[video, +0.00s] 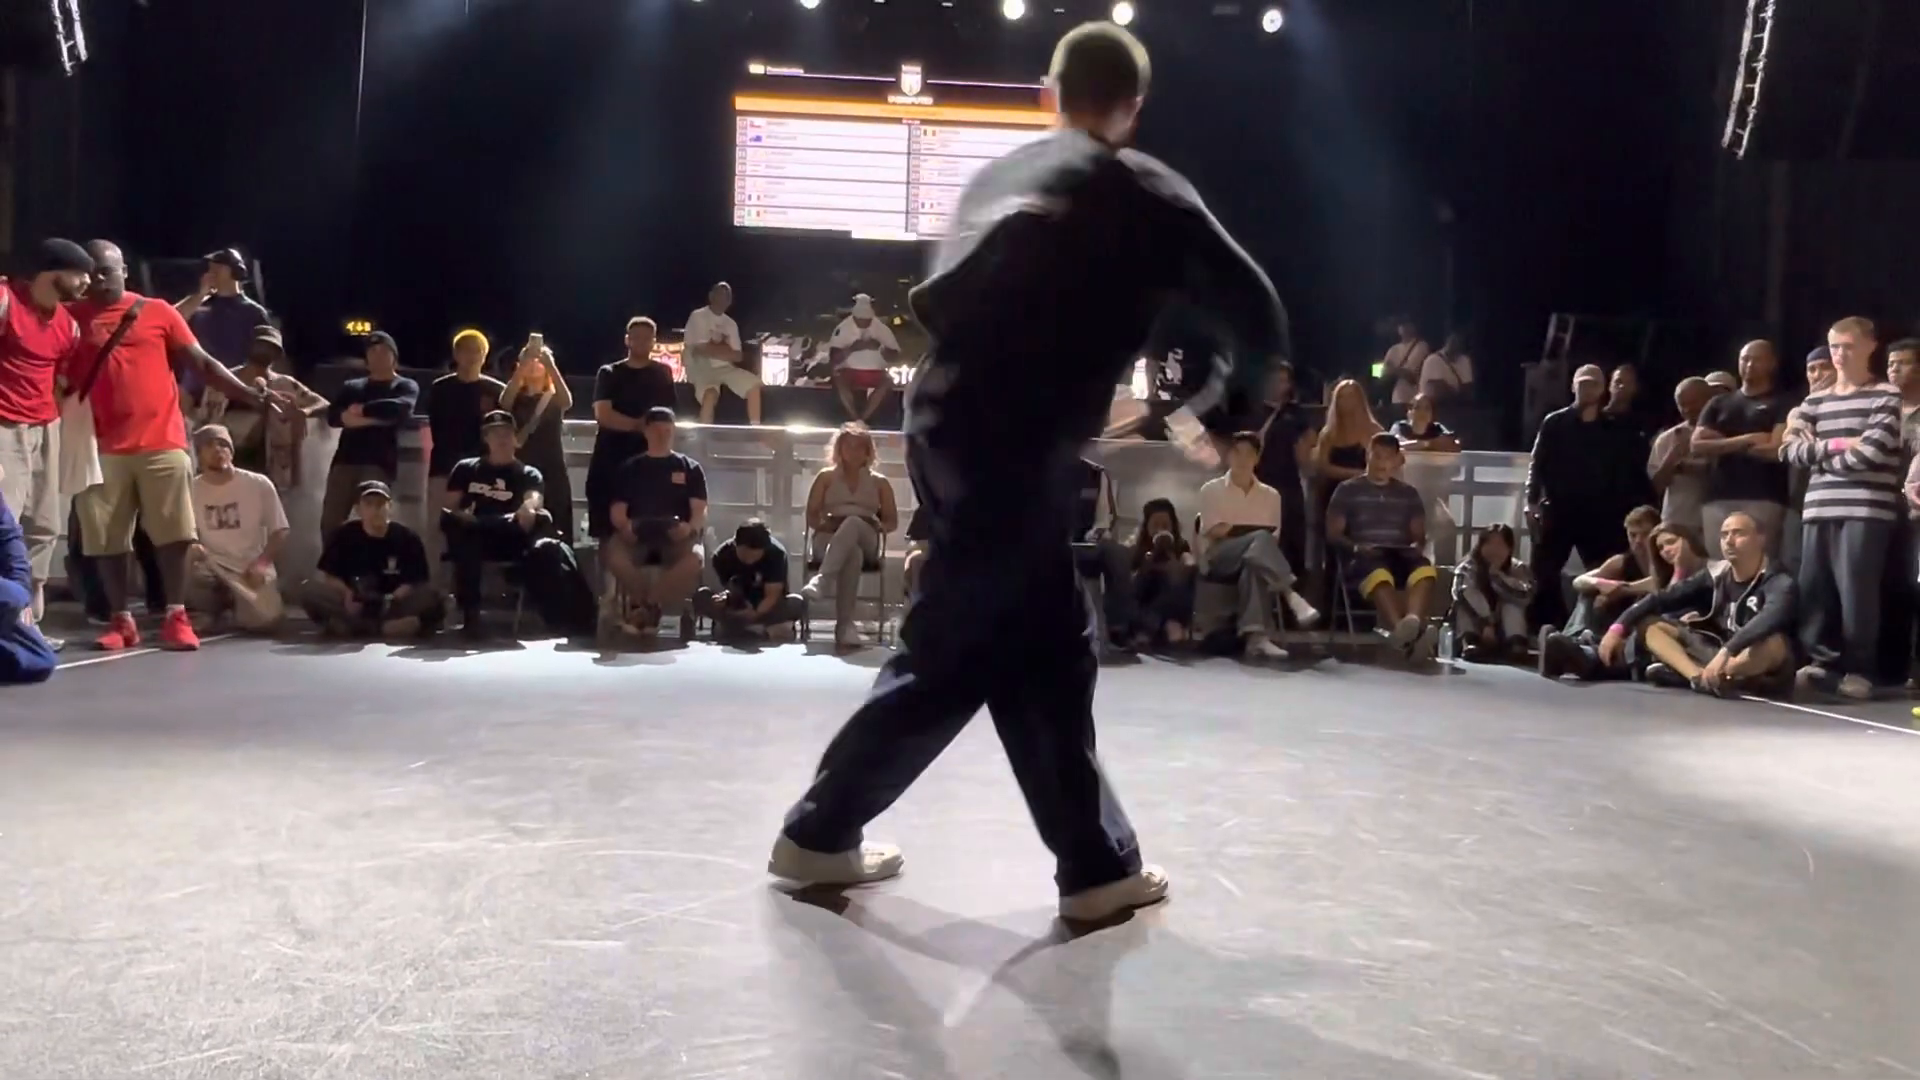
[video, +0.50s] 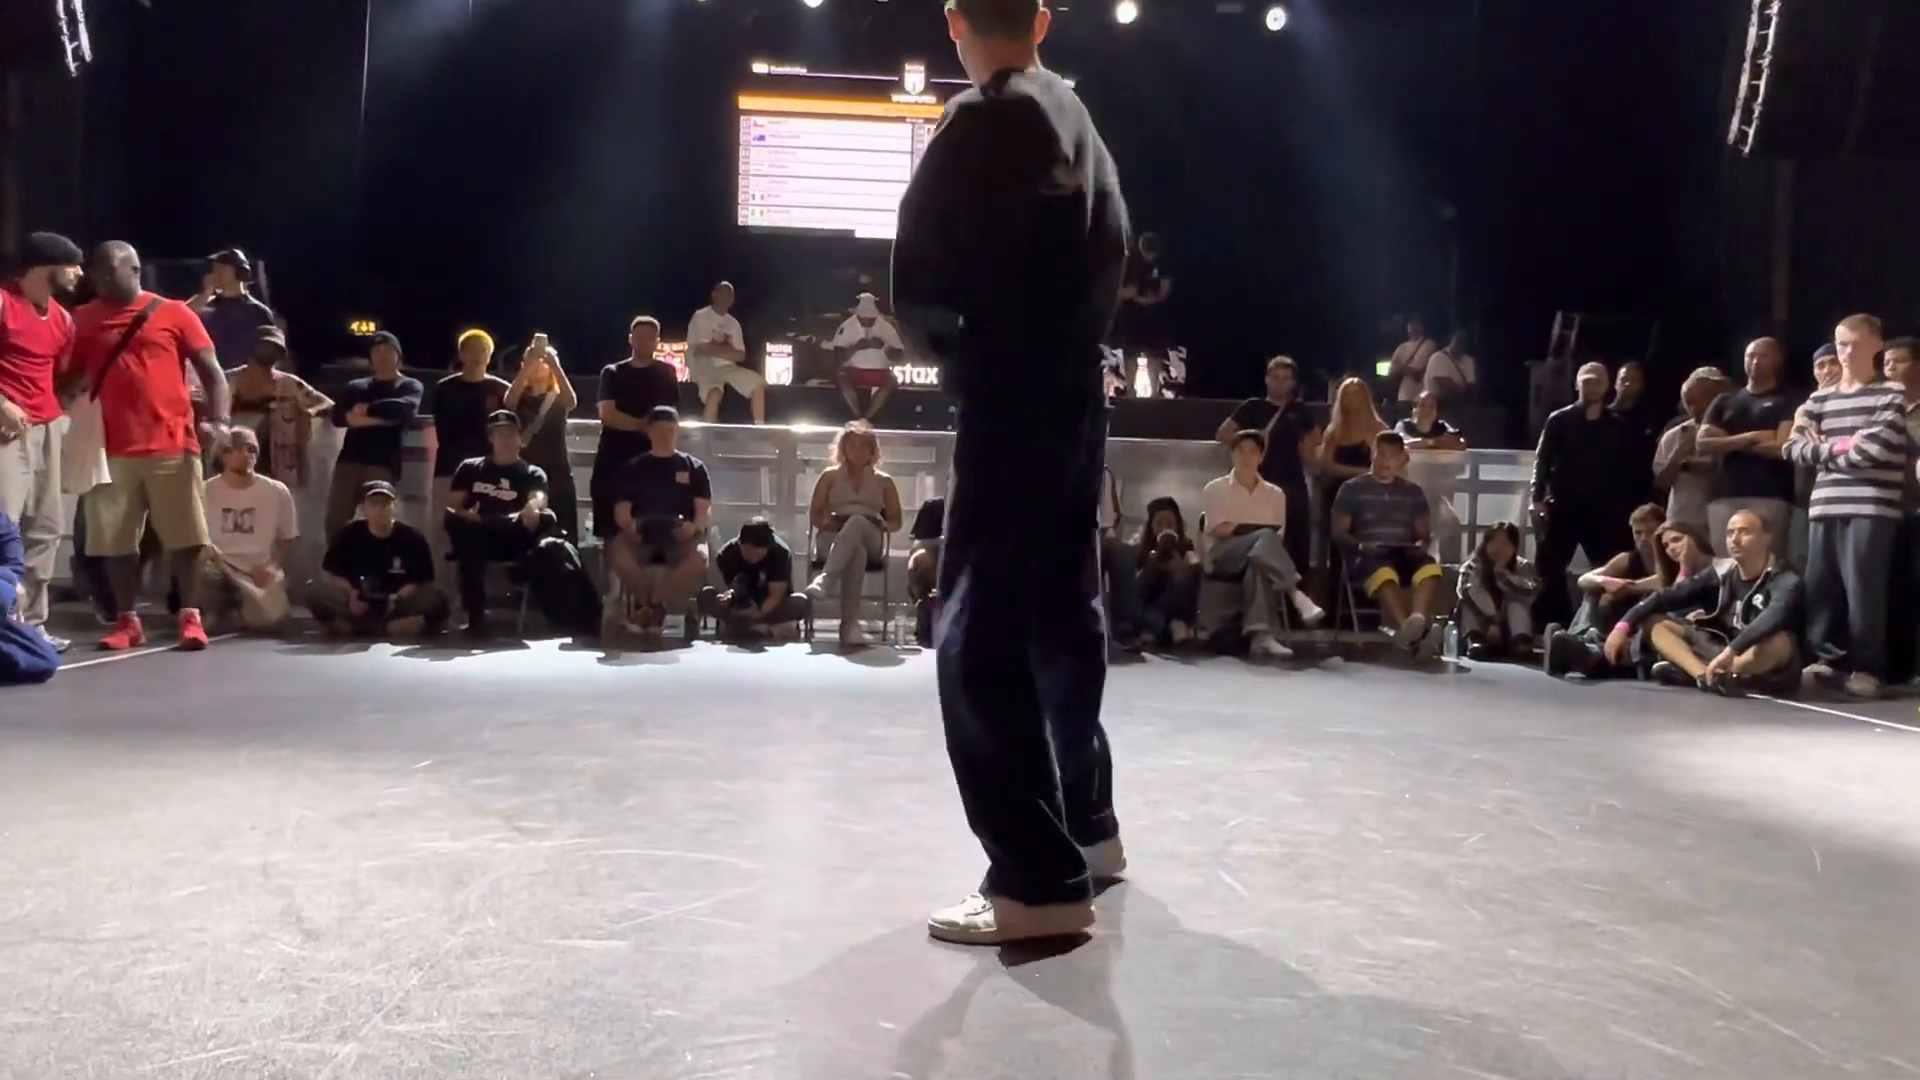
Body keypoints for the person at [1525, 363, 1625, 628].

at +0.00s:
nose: (1585, 388)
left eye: (1591, 383)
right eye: (1580, 383)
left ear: (1603, 389)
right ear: (1572, 388)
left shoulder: (1615, 426)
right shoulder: (1555, 422)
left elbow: (1630, 470)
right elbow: (1537, 464)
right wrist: (1531, 501)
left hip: (1601, 511)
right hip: (1559, 510)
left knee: (1609, 576)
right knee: (1544, 570)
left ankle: (1610, 633)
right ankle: (1549, 628)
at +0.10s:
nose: (1584, 388)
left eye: (1590, 383)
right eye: (1580, 383)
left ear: (1603, 390)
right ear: (1572, 388)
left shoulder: (1616, 426)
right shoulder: (1555, 422)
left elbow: (1629, 470)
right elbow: (1538, 464)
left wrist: (1628, 507)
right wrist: (1532, 501)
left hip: (1602, 511)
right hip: (1560, 510)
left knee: (1608, 576)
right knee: (1545, 569)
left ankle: (1609, 632)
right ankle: (1551, 627)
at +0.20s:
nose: (1589, 388)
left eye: (1595, 383)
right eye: (1584, 383)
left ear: (1605, 389)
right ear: (1574, 388)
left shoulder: (1618, 426)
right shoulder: (1555, 424)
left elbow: (1633, 471)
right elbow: (1539, 466)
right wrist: (1532, 502)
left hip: (1604, 511)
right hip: (1561, 511)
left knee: (1612, 574)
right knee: (1545, 570)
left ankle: (1613, 632)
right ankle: (1553, 628)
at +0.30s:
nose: (1588, 389)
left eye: (1593, 385)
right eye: (1583, 384)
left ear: (1605, 390)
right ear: (1574, 389)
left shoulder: (1618, 427)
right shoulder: (1557, 424)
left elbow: (1632, 471)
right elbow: (1540, 465)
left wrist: (1632, 508)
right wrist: (1534, 503)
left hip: (1604, 512)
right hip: (1562, 512)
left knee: (1612, 578)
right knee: (1546, 572)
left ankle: (1614, 636)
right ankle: (1552, 631)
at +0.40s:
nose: (1591, 388)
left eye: (1596, 383)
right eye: (1585, 383)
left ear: (1606, 389)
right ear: (1576, 388)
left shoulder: (1618, 425)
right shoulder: (1558, 422)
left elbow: (1629, 468)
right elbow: (1541, 464)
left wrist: (1627, 506)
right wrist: (1536, 501)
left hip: (1605, 511)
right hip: (1563, 510)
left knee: (1614, 576)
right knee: (1548, 571)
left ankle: (1613, 634)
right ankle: (1552, 629)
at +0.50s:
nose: (1591, 386)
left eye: (1597, 381)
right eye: (1586, 381)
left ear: (1607, 387)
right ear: (1576, 386)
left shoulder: (1619, 423)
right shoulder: (1559, 420)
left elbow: (1630, 465)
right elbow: (1542, 462)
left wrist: (1629, 503)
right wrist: (1537, 499)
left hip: (1605, 508)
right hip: (1563, 507)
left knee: (1615, 571)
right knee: (1549, 567)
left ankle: (1617, 630)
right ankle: (1554, 626)